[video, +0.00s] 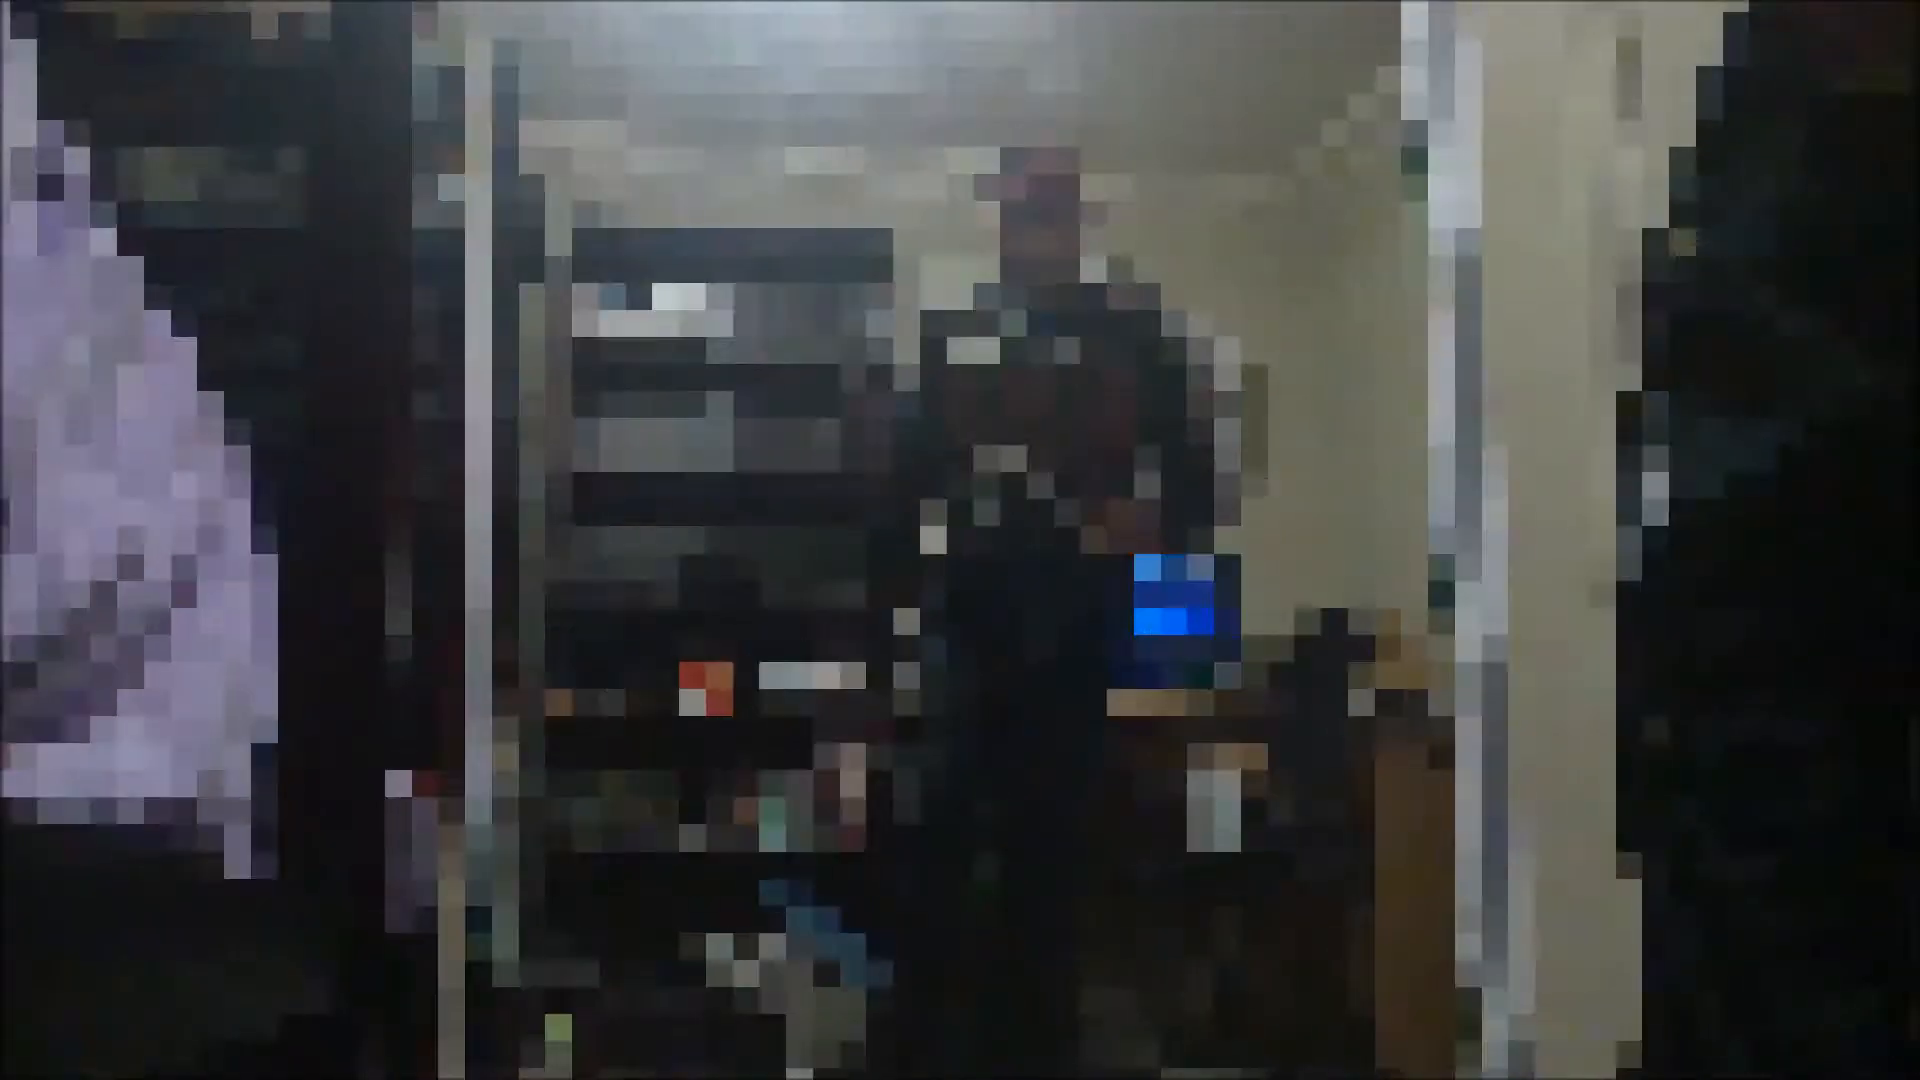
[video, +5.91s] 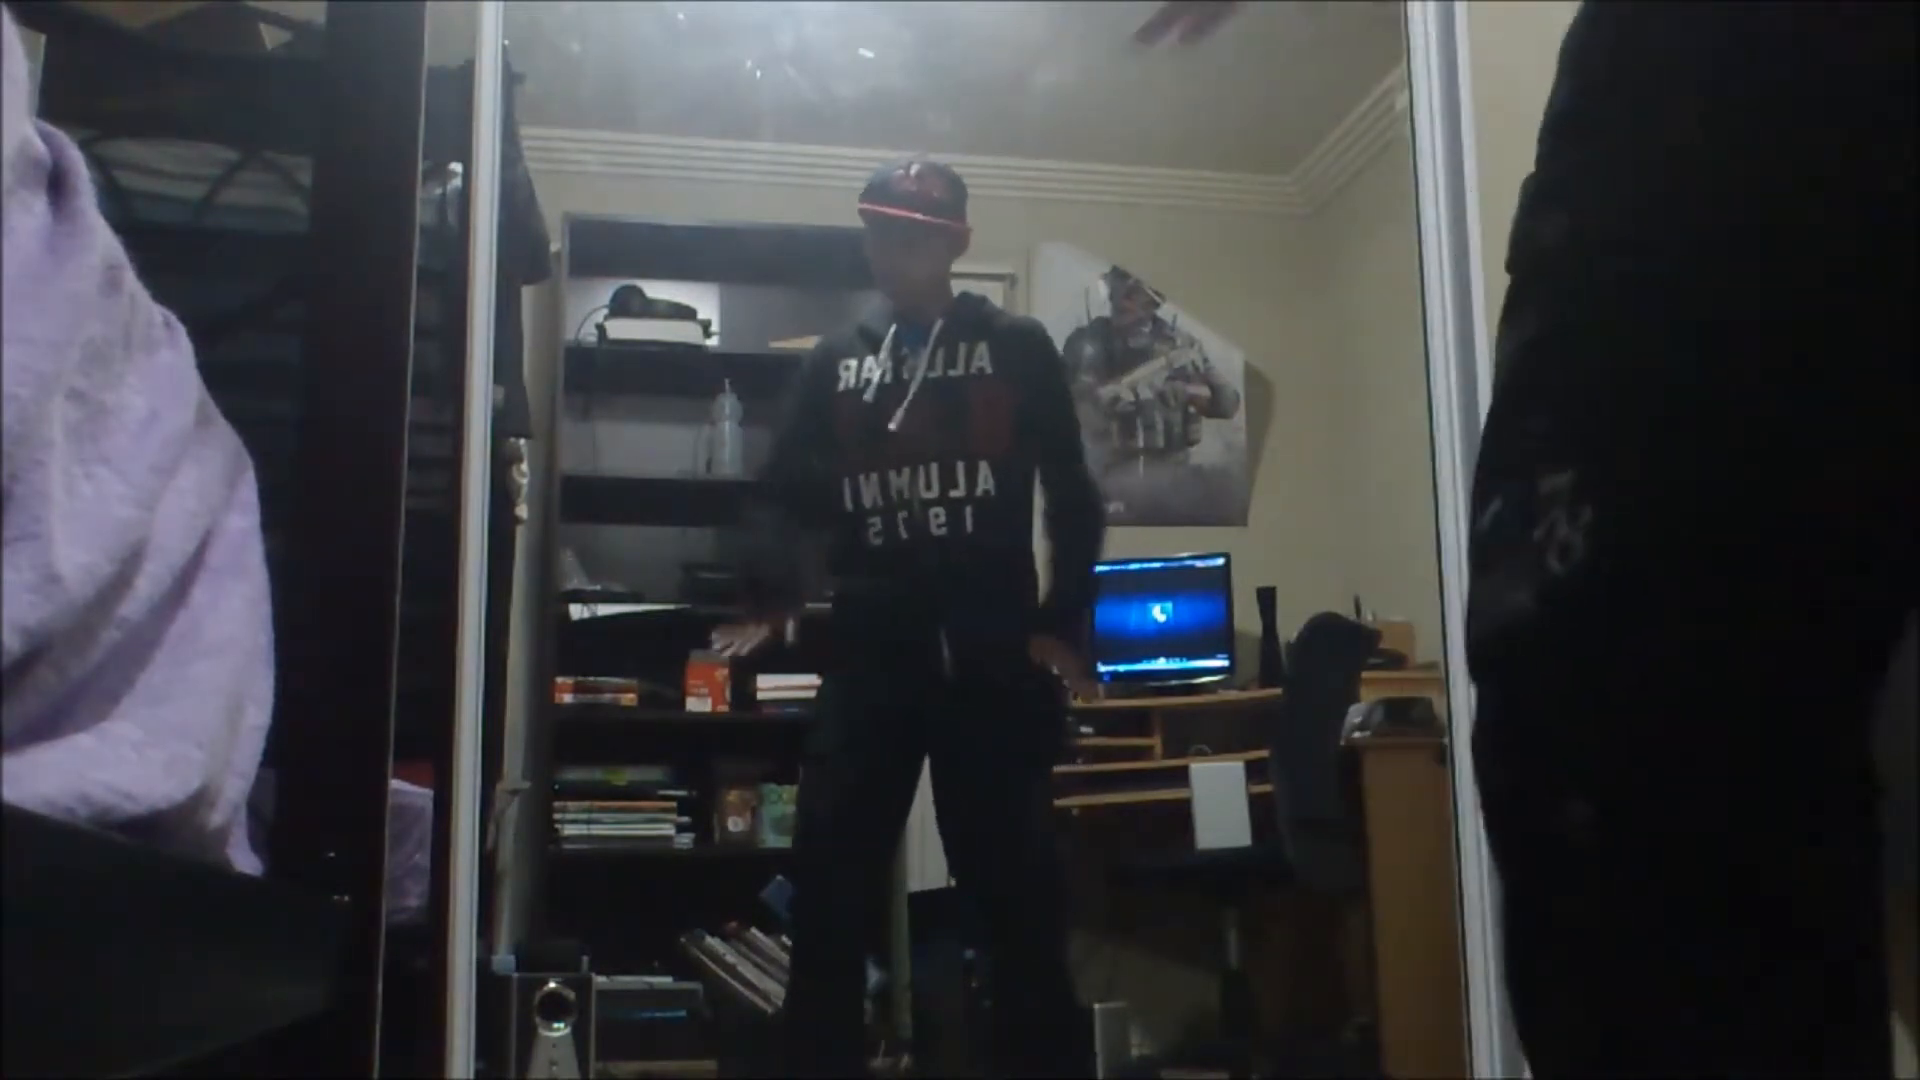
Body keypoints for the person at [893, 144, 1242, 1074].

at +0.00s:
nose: (1039, 233)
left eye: (1055, 213)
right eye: (1024, 213)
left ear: (1082, 219)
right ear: (997, 218)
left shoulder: (1132, 330)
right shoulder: (957, 333)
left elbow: (1192, 462)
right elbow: (914, 462)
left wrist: (1152, 527)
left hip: (1088, 594)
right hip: (978, 593)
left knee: (1067, 806)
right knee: (962, 798)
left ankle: (1049, 1013)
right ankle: (949, 1010)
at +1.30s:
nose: (960, 197)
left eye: (977, 182)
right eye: (944, 174)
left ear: (992, 196)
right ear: (897, 179)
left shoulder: (1010, 317)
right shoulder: (831, 294)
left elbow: (1037, 492)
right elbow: (754, 433)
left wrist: (1066, 636)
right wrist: (834, 484)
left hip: (1004, 629)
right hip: (883, 623)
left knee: (1023, 871)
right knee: (887, 869)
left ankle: (1018, 1065)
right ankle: (888, 1066)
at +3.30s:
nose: (1001, 171)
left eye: (1017, 154)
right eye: (982, 147)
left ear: (1031, 167)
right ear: (934, 149)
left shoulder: (1056, 295)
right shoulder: (873, 268)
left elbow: (1092, 451)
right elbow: (811, 409)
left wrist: (1139, 585)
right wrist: (935, 401)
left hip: (1036, 603)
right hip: (908, 597)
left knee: (1070, 861)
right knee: (907, 868)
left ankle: (1074, 1066)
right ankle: (899, 1067)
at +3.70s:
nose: (1009, 176)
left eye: (1026, 160)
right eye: (991, 151)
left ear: (1038, 172)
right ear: (943, 150)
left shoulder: (1060, 302)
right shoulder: (870, 269)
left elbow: (1086, 436)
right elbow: (798, 416)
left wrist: (1130, 514)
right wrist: (838, 531)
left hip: (1023, 589)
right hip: (897, 589)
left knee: (1071, 844)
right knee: (895, 854)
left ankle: (1084, 1060)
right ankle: (888, 1063)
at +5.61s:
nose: (927, 243)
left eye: (948, 227)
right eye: (912, 228)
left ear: (986, 237)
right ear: (892, 239)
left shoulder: (1043, 347)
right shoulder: (860, 363)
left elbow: (1094, 502)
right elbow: (835, 509)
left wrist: (1052, 612)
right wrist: (817, 596)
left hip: (1005, 640)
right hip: (887, 642)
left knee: (1020, 877)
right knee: (839, 865)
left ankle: (1049, 1063)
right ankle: (823, 1060)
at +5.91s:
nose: (893, 248)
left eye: (914, 231)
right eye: (881, 229)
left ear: (956, 241)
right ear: (865, 235)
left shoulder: (1017, 349)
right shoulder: (835, 359)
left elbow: (1075, 498)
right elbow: (783, 491)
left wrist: (1067, 624)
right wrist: (768, 593)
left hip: (989, 646)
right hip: (868, 645)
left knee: (1008, 878)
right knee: (832, 873)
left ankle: (1038, 1067)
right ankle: (819, 1065)